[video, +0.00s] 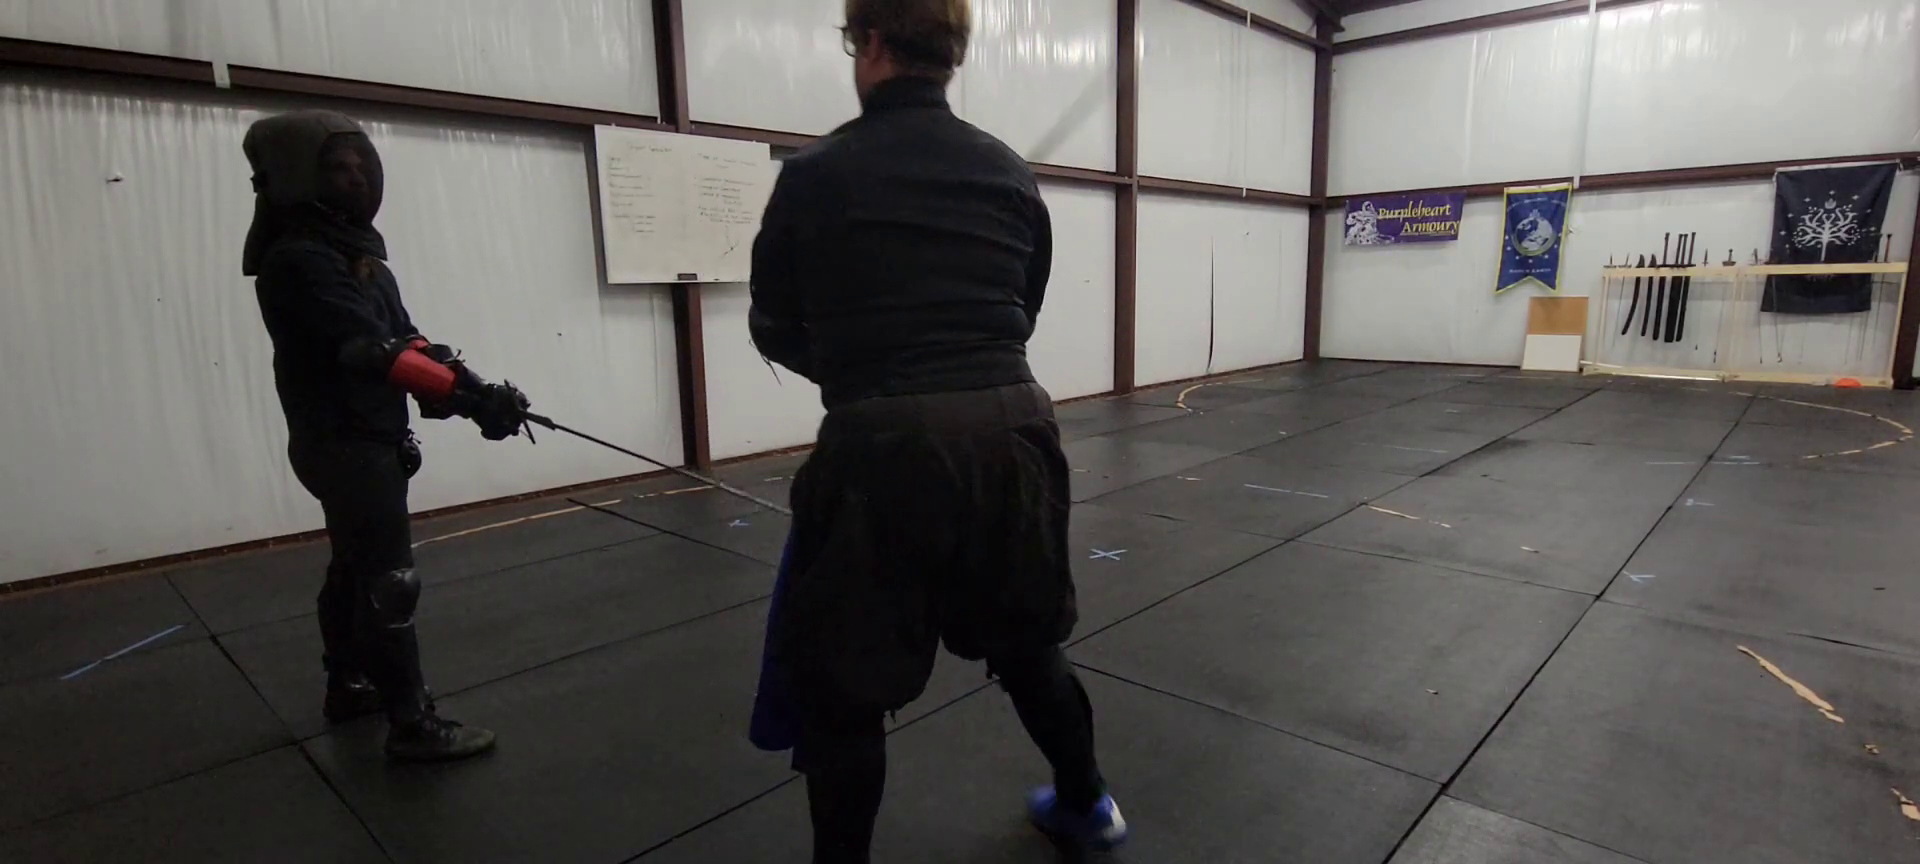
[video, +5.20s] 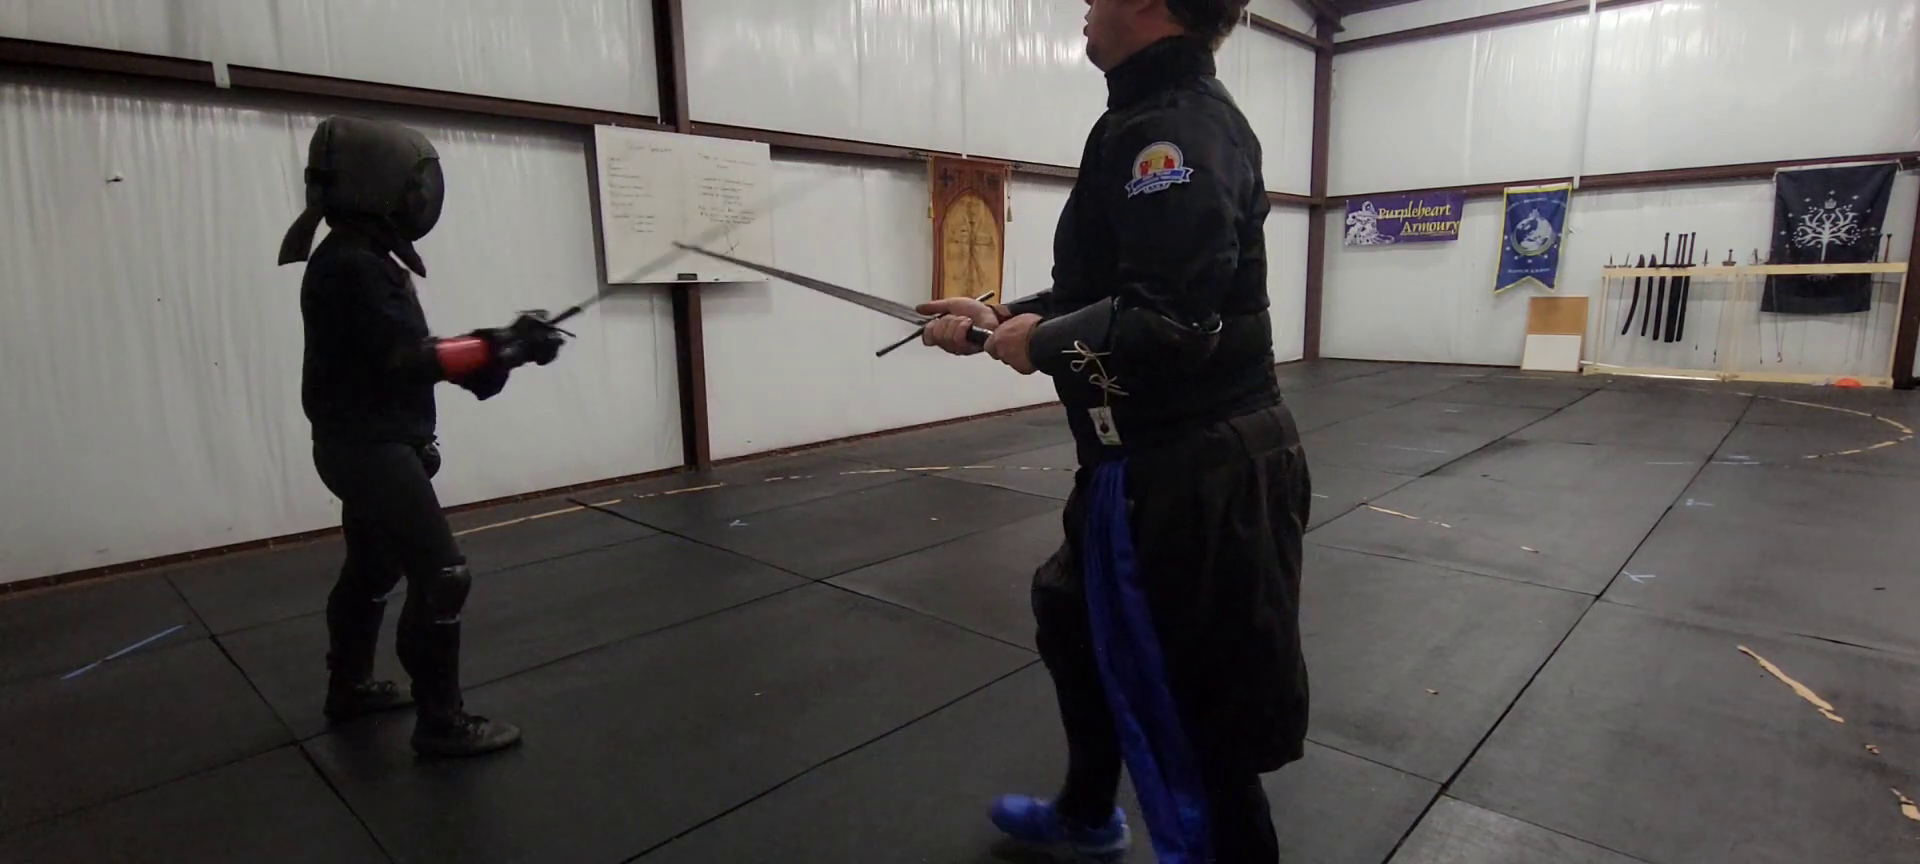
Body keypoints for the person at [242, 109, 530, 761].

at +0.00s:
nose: (362, 180)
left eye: (366, 167)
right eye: (345, 168)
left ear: (372, 174)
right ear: (307, 178)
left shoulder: (354, 247)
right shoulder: (297, 257)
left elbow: (397, 335)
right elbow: (360, 347)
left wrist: (461, 380)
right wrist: (468, 396)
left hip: (371, 439)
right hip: (341, 445)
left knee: (356, 569)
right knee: (390, 581)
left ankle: (349, 688)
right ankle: (411, 722)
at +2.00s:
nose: (356, 183)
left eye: (362, 171)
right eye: (340, 171)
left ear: (371, 179)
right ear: (306, 181)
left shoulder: (355, 246)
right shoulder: (293, 256)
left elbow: (395, 325)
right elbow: (357, 333)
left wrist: (453, 357)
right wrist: (463, 349)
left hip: (381, 436)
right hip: (344, 442)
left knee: (360, 570)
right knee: (393, 582)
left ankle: (349, 689)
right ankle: (410, 723)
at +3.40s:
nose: (432, 196)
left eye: (433, 183)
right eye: (422, 183)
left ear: (358, 189)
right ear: (389, 188)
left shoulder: (341, 256)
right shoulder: (374, 261)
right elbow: (423, 363)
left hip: (357, 443)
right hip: (382, 447)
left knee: (378, 568)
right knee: (447, 578)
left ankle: (350, 688)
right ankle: (441, 721)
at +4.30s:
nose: (439, 192)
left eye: (437, 180)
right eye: (431, 180)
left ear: (348, 187)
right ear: (407, 189)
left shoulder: (306, 268)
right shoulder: (406, 268)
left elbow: (383, 342)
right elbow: (461, 344)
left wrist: (471, 330)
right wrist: (507, 336)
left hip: (339, 448)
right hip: (398, 451)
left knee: (360, 570)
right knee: (459, 577)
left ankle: (349, 691)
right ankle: (444, 723)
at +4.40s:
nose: (446, 195)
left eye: (444, 182)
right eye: (439, 183)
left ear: (358, 186)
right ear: (419, 191)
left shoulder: (314, 261)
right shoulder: (414, 267)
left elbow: (288, 345)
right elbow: (461, 352)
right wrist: (481, 328)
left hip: (340, 445)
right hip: (398, 449)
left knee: (360, 568)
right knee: (460, 577)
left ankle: (348, 690)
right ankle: (444, 722)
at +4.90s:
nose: (432, 193)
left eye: (430, 180)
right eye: (425, 181)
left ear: (342, 186)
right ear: (402, 190)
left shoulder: (303, 266)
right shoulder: (399, 270)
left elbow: (338, 354)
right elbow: (456, 349)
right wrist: (506, 340)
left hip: (333, 447)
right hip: (392, 450)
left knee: (357, 568)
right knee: (451, 575)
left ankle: (348, 687)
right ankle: (442, 719)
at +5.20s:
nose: (425, 198)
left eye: (424, 185)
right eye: (417, 184)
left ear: (350, 185)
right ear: (391, 190)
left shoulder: (357, 258)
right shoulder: (357, 266)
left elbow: (403, 353)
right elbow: (401, 358)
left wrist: (486, 354)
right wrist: (503, 347)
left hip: (370, 448)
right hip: (375, 452)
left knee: (369, 572)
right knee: (440, 577)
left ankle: (350, 689)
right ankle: (441, 722)